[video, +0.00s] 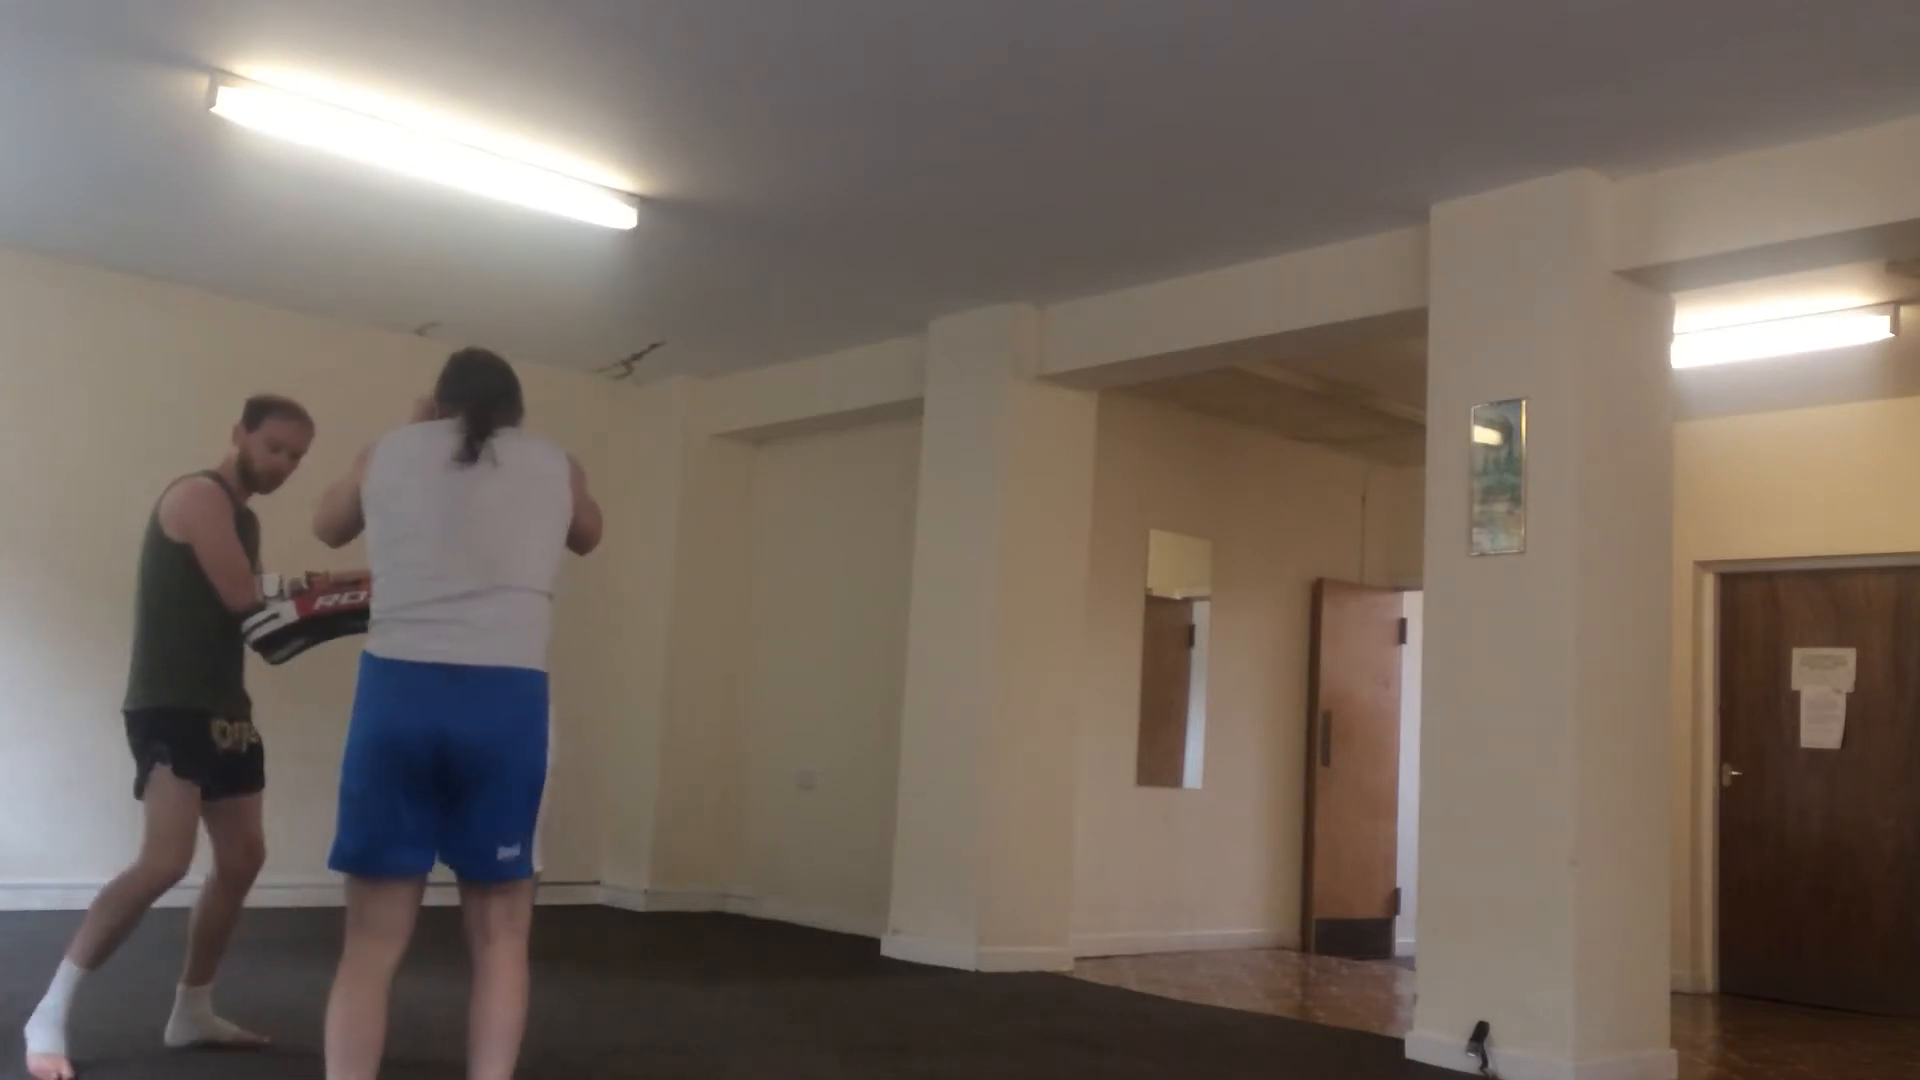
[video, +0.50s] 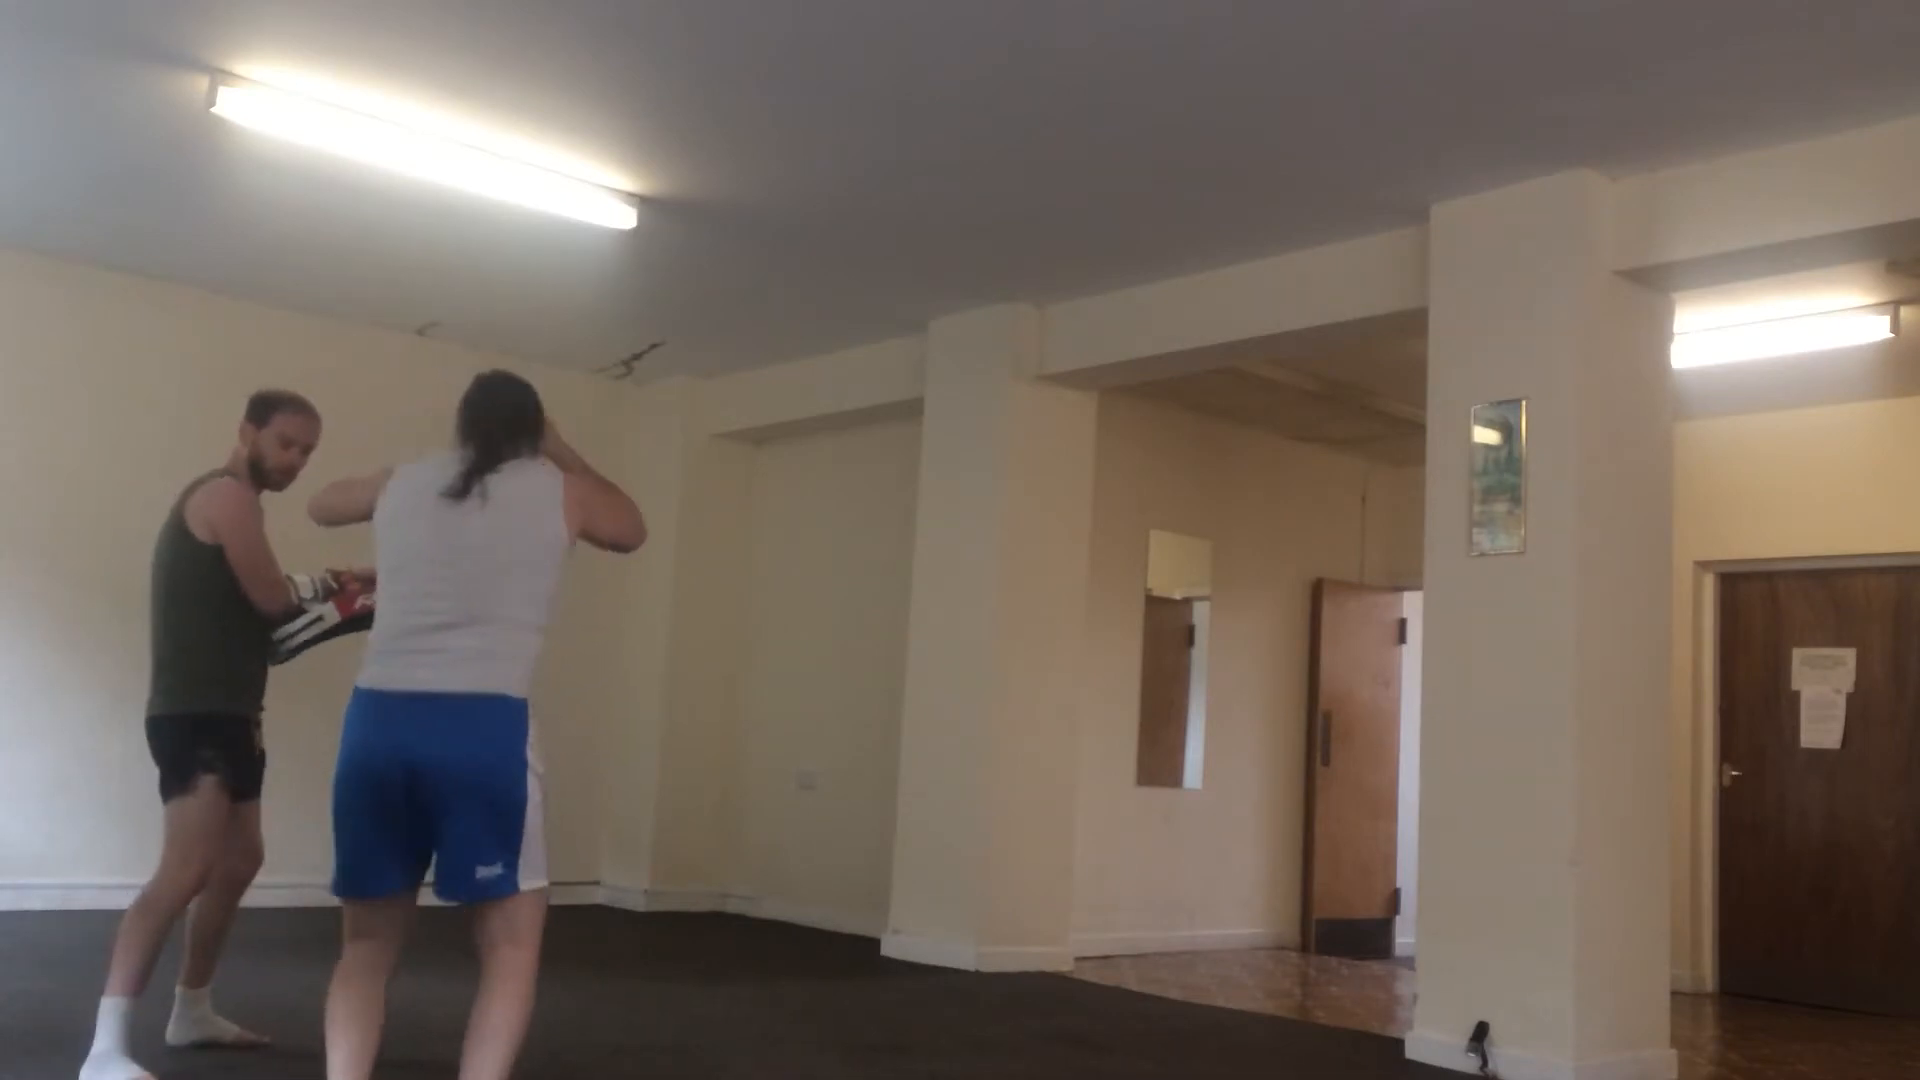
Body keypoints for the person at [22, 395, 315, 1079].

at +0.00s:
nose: (284, 466)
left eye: (295, 458)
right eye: (278, 450)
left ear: (293, 460)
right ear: (241, 434)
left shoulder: (243, 517)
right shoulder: (198, 497)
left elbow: (255, 618)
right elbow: (244, 603)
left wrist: (310, 599)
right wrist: (306, 594)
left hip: (225, 707)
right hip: (170, 706)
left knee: (240, 859)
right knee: (164, 858)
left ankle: (192, 1012)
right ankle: (50, 1013)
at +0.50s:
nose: (296, 461)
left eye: (305, 451)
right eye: (287, 445)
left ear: (305, 451)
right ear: (249, 433)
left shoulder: (220, 497)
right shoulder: (227, 496)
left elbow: (256, 626)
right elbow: (272, 598)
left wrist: (329, 598)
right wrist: (323, 585)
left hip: (228, 715)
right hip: (199, 716)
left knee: (238, 862)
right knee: (184, 869)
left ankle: (191, 1012)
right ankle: (105, 1049)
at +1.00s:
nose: (316, 460)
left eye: (323, 450)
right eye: (307, 445)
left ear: (306, 444)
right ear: (267, 432)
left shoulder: (237, 494)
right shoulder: (250, 495)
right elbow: (294, 601)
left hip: (243, 714)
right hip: (214, 714)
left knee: (236, 867)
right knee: (182, 871)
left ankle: (191, 1012)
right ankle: (105, 1048)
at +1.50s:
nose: (314, 449)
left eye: (321, 437)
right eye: (300, 435)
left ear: (325, 444)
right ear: (262, 435)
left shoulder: (277, 508)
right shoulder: (229, 499)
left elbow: (277, 611)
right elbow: (270, 600)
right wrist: (336, 593)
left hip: (262, 711)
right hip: (216, 711)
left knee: (246, 865)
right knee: (197, 863)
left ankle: (192, 1012)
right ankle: (116, 1037)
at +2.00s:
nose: (317, 455)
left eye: (329, 445)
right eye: (306, 441)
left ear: (337, 445)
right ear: (271, 432)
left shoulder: (334, 516)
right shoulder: (224, 497)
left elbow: (333, 615)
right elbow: (202, 597)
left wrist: (366, 612)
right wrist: (297, 597)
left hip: (284, 708)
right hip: (205, 702)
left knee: (285, 878)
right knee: (184, 869)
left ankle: (216, 989)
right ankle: (168, 1039)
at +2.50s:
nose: (375, 455)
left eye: (388, 444)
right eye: (364, 440)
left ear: (405, 441)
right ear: (335, 431)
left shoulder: (403, 506)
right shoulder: (288, 499)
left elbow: (472, 583)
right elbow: (225, 585)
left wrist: (465, 498)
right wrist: (236, 625)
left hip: (386, 726)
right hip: (294, 722)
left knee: (427, 878)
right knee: (215, 886)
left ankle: (398, 1050)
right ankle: (151, 1027)